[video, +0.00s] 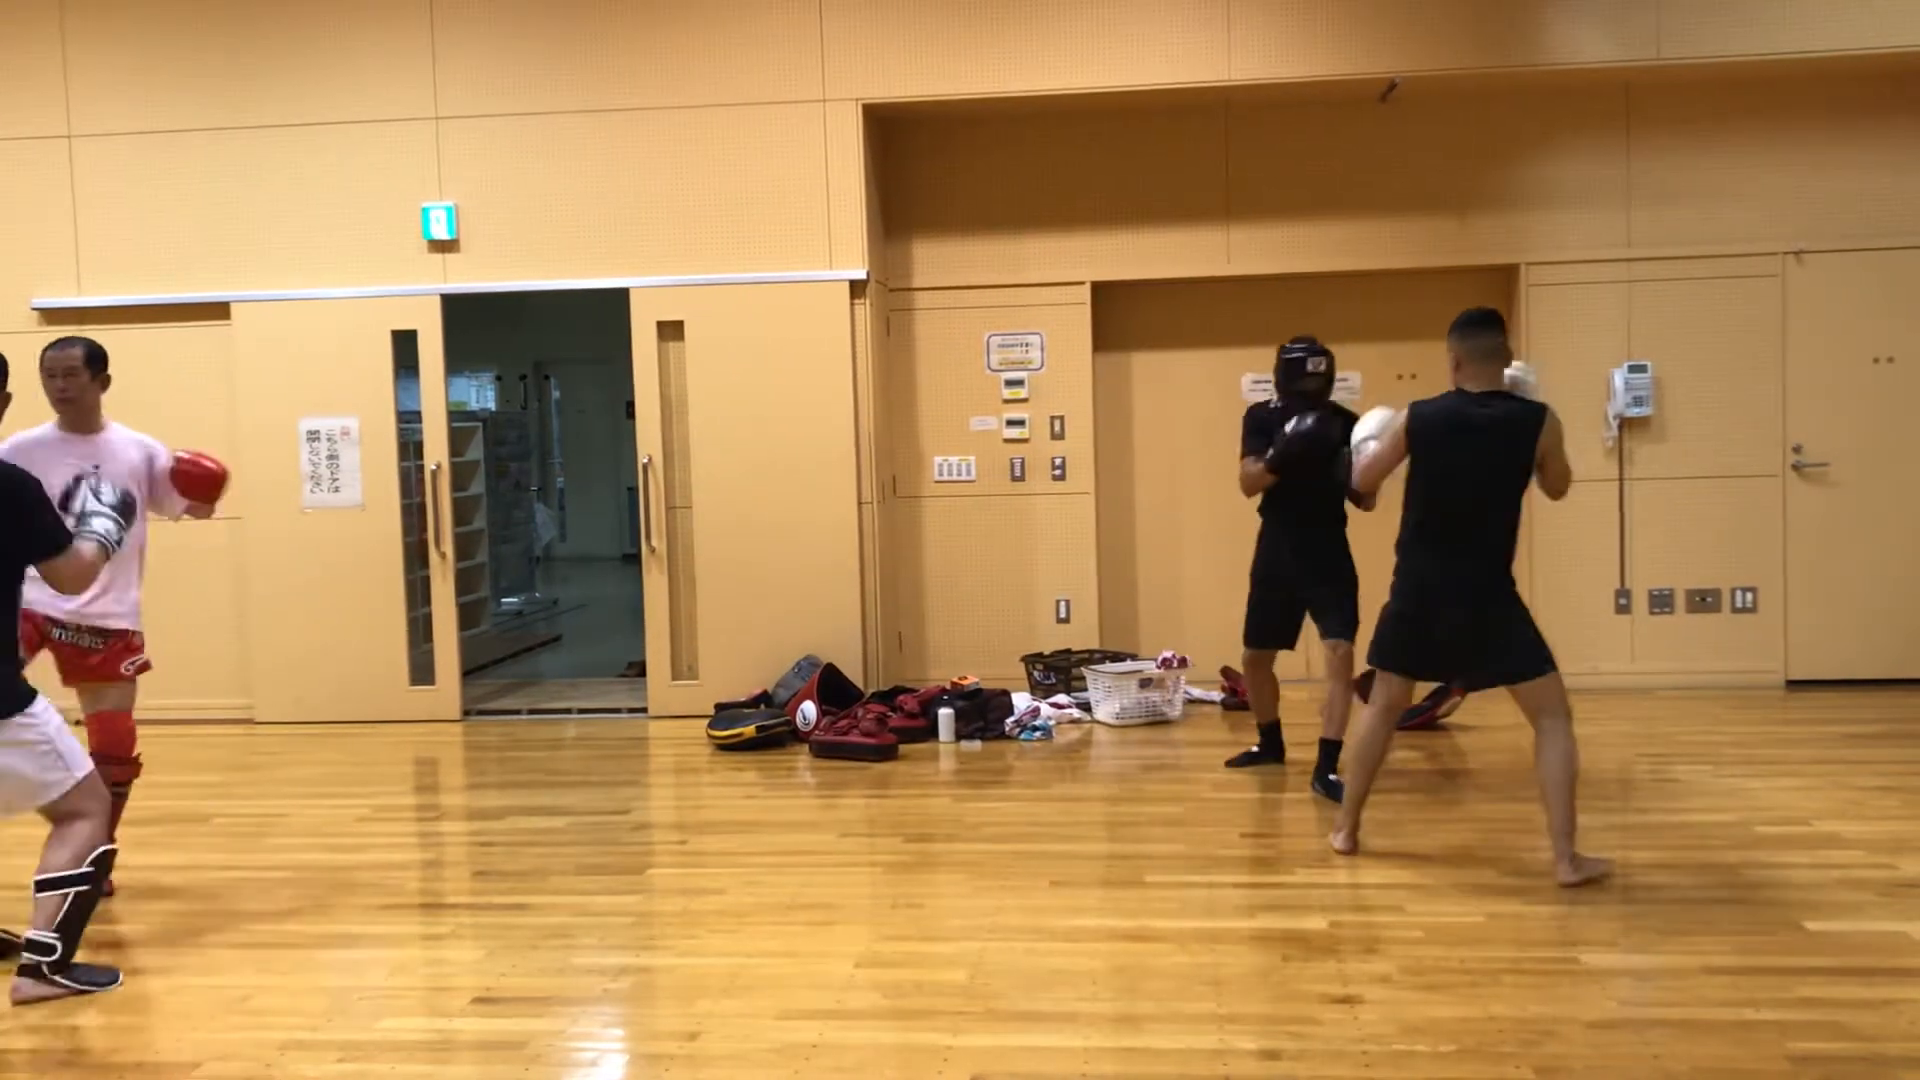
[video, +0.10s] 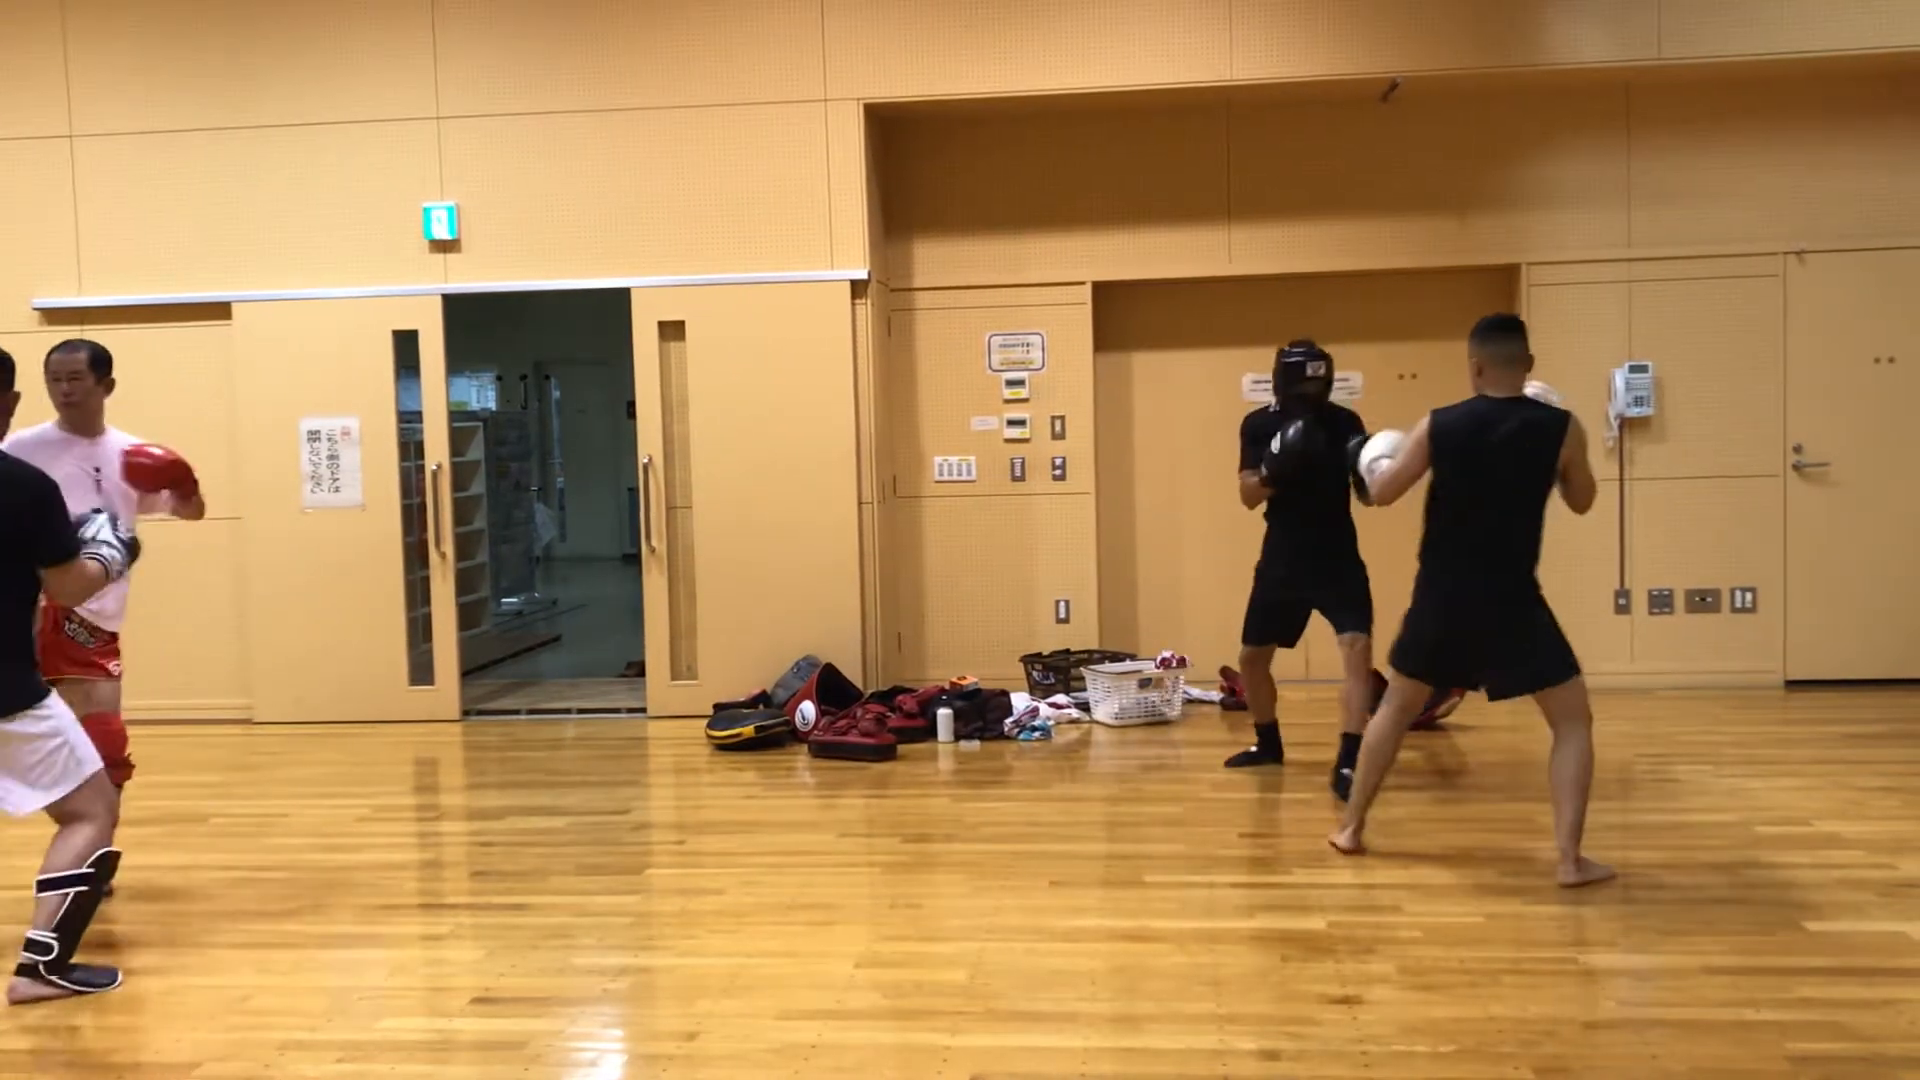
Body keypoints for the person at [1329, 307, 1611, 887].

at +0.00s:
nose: (1448, 365)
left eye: (1449, 358)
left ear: (1453, 360)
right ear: (1506, 358)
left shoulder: (1420, 418)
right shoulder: (1537, 422)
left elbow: (1364, 483)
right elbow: (1556, 485)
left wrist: (1362, 448)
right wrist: (1527, 418)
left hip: (1417, 599)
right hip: (1491, 601)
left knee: (1383, 707)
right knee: (1552, 718)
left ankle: (1346, 829)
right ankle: (1566, 858)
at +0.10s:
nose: (1477, 371)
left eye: (1473, 363)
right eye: (1525, 364)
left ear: (1474, 365)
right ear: (1530, 366)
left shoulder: (1442, 425)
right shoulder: (1561, 428)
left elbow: (1382, 492)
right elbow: (1581, 498)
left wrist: (1372, 459)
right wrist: (1552, 429)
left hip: (1442, 604)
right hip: (1515, 605)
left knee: (1394, 710)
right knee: (1572, 723)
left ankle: (1351, 828)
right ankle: (1570, 859)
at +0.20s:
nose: (1485, 372)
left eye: (1483, 365)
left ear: (1489, 365)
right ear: (1544, 362)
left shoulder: (1461, 422)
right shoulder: (1580, 425)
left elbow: (1400, 489)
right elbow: (1592, 500)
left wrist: (1388, 451)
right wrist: (1557, 456)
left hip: (1462, 595)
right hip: (1534, 597)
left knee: (1418, 695)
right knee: (1577, 724)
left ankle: (1373, 818)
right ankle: (1570, 859)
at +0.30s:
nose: (1494, 368)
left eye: (1492, 360)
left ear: (1497, 360)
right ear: (1552, 357)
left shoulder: (1468, 415)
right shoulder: (1590, 419)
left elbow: (1407, 483)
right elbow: (1596, 494)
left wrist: (1403, 442)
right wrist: (1561, 452)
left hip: (1468, 588)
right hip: (1540, 591)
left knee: (1428, 691)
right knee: (1574, 720)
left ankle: (1395, 813)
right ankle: (1570, 859)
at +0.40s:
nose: (1493, 361)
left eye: (1493, 353)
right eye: (1497, 353)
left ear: (1502, 354)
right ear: (1556, 352)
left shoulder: (1474, 410)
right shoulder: (1594, 415)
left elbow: (1411, 476)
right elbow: (1595, 486)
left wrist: (1407, 430)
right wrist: (1548, 449)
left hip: (1472, 584)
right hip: (1543, 589)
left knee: (1443, 689)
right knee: (1568, 722)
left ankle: (1428, 812)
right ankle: (1570, 860)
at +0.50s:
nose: (1491, 362)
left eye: (1492, 354)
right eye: (1496, 355)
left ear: (1500, 356)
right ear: (1553, 353)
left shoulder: (1471, 413)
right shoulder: (1591, 417)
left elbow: (1414, 476)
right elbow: (1592, 485)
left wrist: (1411, 432)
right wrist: (1547, 453)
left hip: (1473, 585)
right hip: (1544, 590)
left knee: (1451, 693)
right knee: (1566, 721)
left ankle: (1439, 809)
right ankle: (1568, 860)